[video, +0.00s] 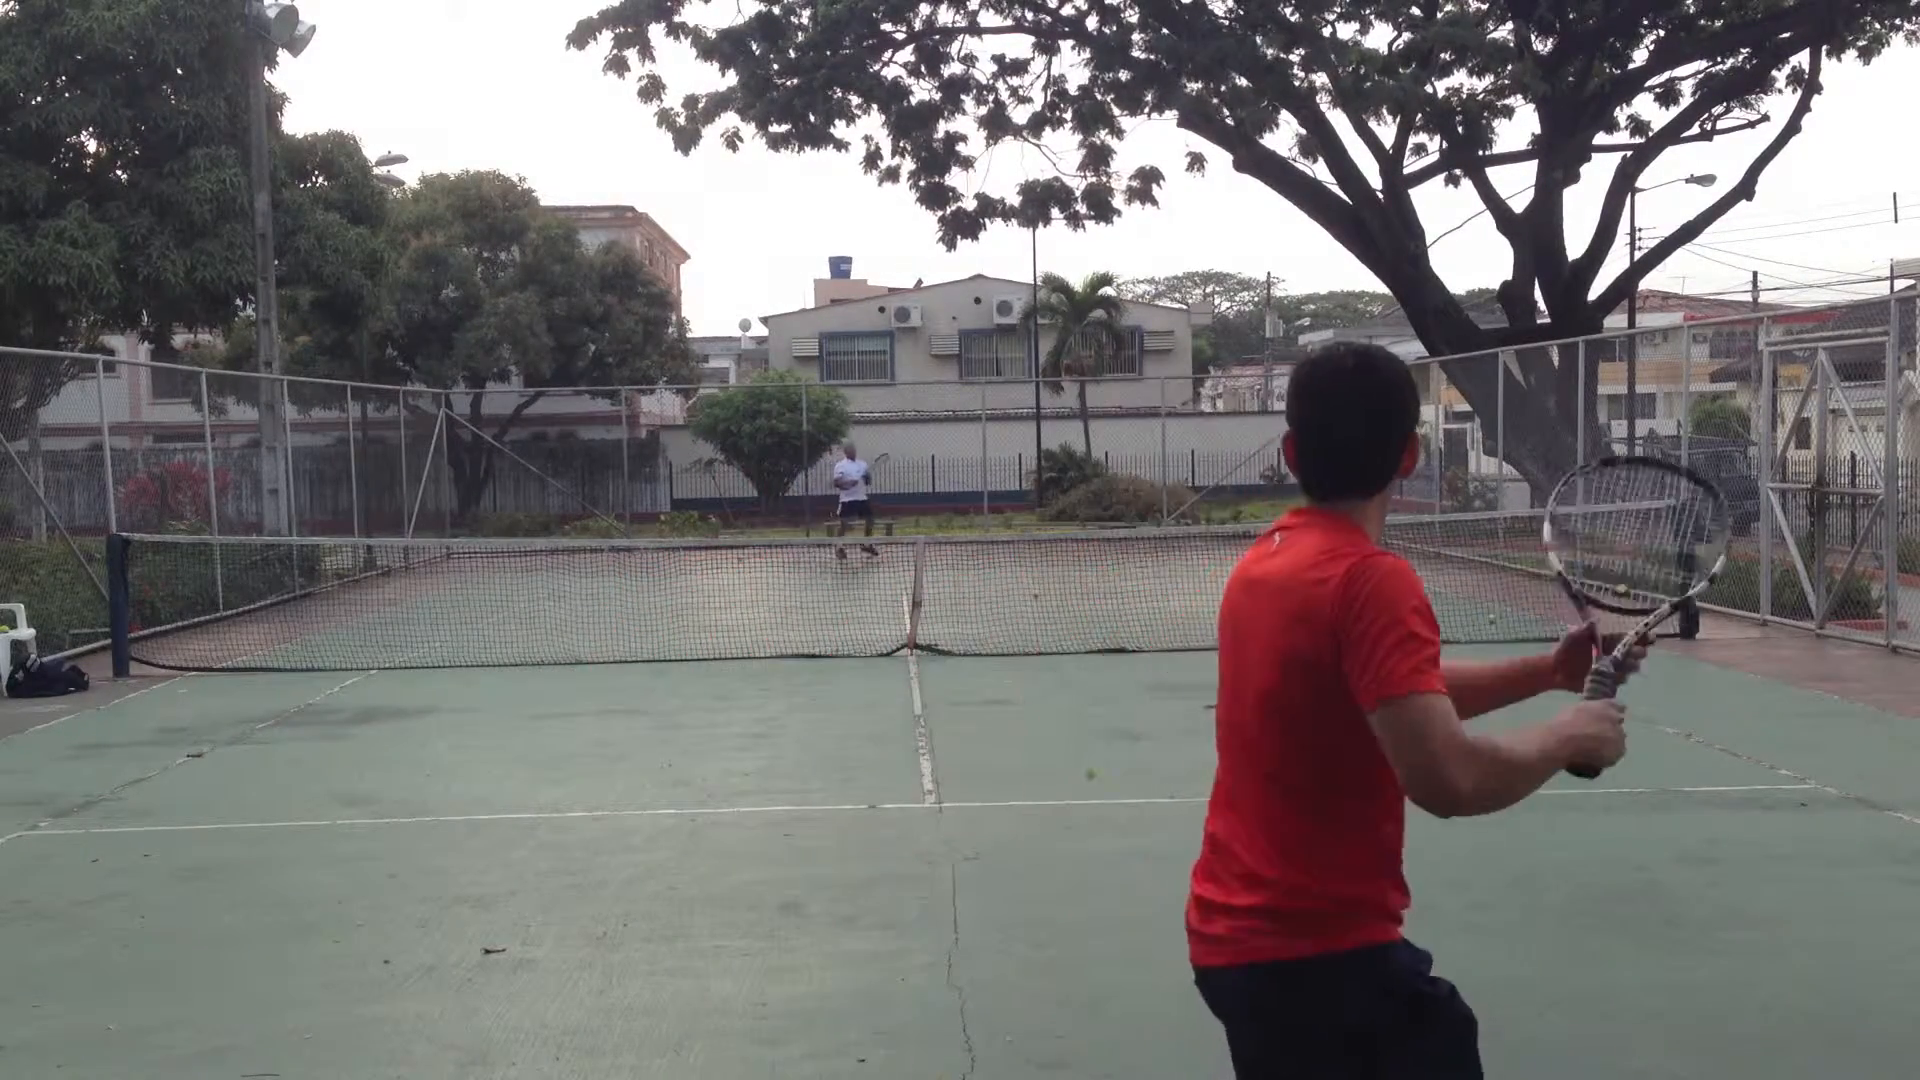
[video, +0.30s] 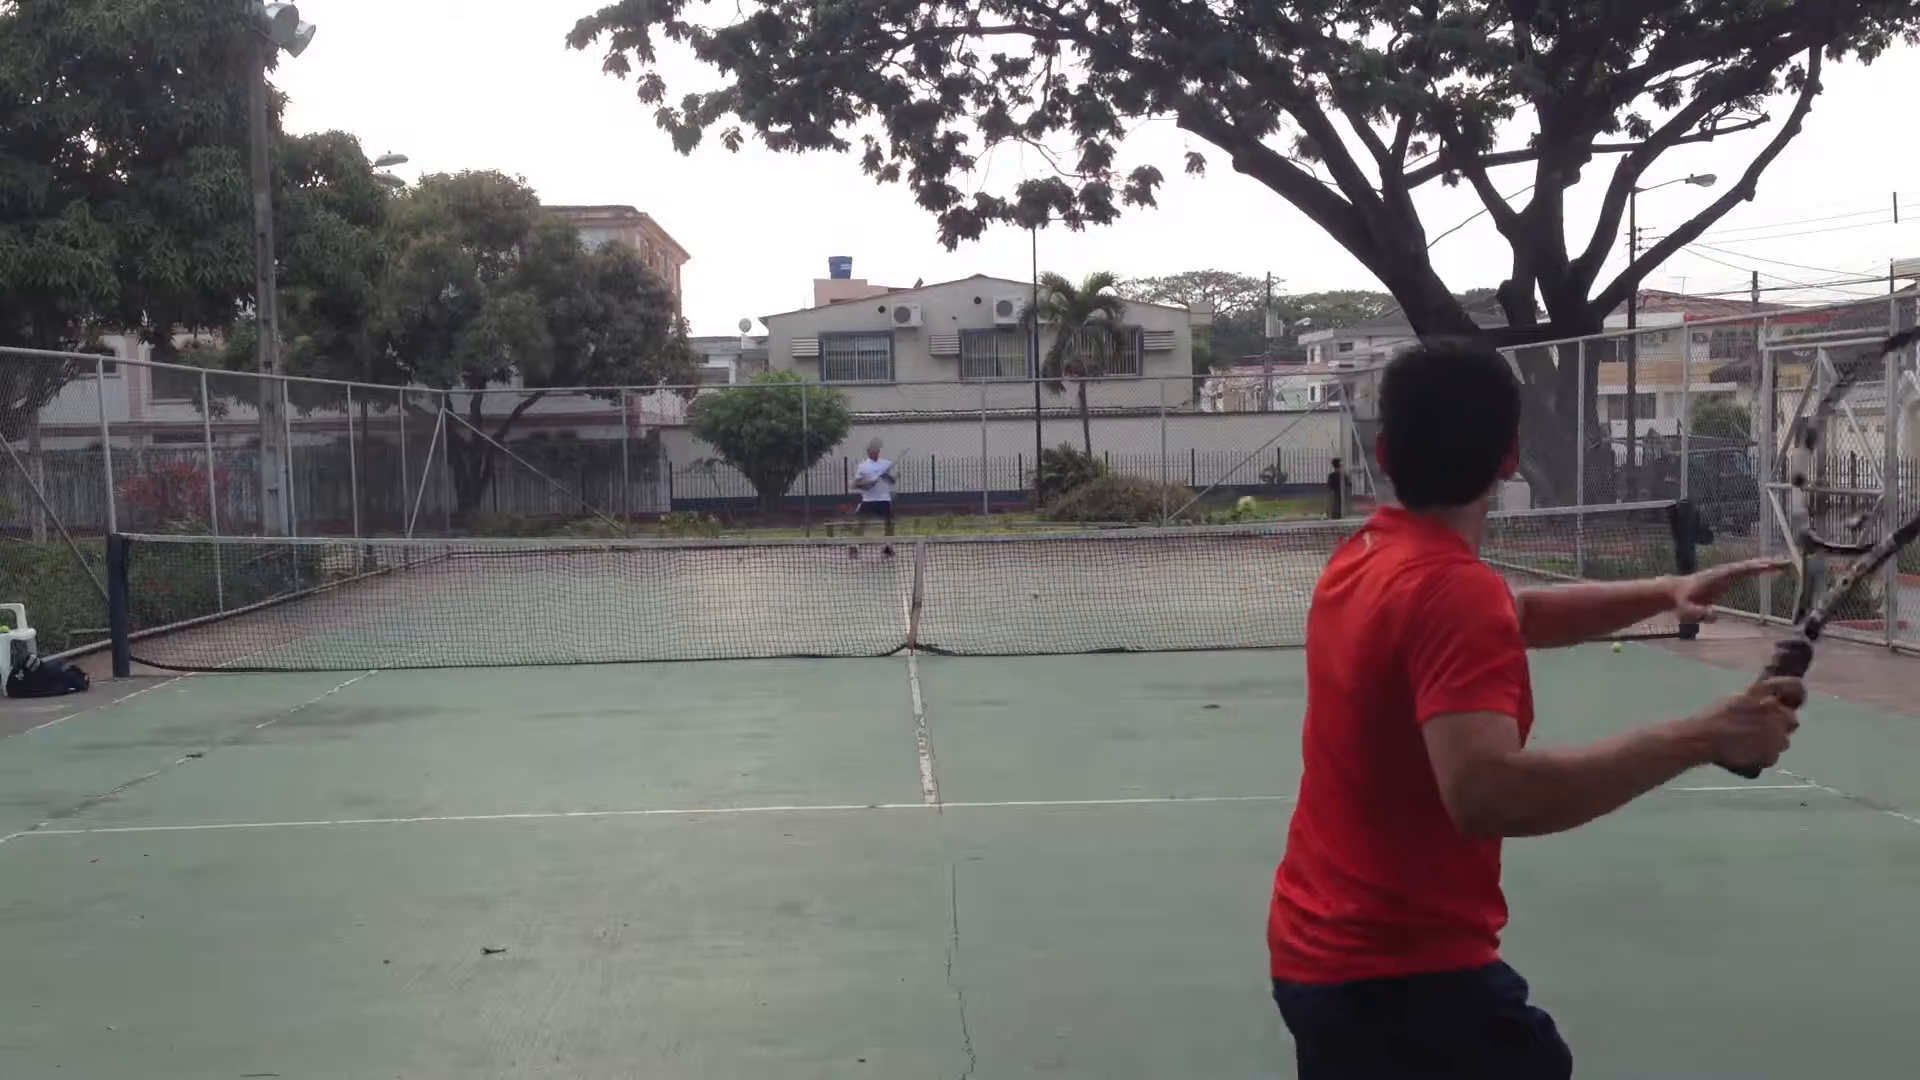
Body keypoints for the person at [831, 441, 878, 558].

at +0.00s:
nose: (851, 453)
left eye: (853, 450)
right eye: (849, 451)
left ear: (855, 451)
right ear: (845, 452)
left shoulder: (862, 464)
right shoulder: (840, 466)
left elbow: (868, 482)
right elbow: (837, 482)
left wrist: (867, 477)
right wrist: (849, 483)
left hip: (861, 498)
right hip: (847, 499)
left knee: (870, 520)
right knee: (844, 524)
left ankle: (867, 543)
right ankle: (839, 546)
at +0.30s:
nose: (874, 454)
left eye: (876, 452)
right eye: (872, 452)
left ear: (879, 451)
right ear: (868, 452)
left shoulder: (887, 464)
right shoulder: (863, 466)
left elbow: (893, 480)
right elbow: (856, 482)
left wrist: (886, 476)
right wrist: (869, 482)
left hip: (884, 499)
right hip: (868, 500)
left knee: (889, 522)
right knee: (860, 522)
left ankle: (888, 545)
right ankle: (854, 544)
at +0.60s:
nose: (882, 453)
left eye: (884, 450)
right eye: (880, 451)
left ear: (888, 450)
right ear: (877, 451)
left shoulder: (894, 463)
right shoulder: (872, 466)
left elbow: (904, 480)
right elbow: (867, 483)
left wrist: (897, 475)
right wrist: (877, 480)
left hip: (896, 497)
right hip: (881, 499)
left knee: (903, 518)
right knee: (883, 523)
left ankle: (913, 541)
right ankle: (887, 545)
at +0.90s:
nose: (897, 456)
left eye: (899, 453)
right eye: (894, 454)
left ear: (902, 452)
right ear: (891, 453)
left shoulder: (910, 464)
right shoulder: (887, 466)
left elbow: (917, 481)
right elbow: (882, 484)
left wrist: (907, 477)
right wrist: (891, 482)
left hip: (909, 499)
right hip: (893, 500)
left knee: (916, 522)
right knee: (890, 523)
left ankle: (924, 544)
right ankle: (888, 546)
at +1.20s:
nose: (903, 453)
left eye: (905, 450)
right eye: (901, 451)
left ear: (908, 450)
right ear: (897, 452)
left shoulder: (916, 463)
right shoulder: (893, 465)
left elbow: (924, 479)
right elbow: (888, 483)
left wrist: (916, 474)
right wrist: (896, 483)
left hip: (915, 499)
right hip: (899, 500)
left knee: (920, 524)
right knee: (893, 524)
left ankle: (925, 545)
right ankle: (889, 546)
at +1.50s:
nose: (893, 454)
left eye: (895, 451)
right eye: (891, 451)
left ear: (899, 452)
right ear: (888, 452)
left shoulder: (906, 464)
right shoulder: (883, 467)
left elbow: (913, 481)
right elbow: (876, 482)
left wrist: (901, 478)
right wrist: (883, 484)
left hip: (905, 500)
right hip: (891, 500)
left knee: (914, 524)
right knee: (889, 524)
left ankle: (925, 544)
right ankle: (896, 545)